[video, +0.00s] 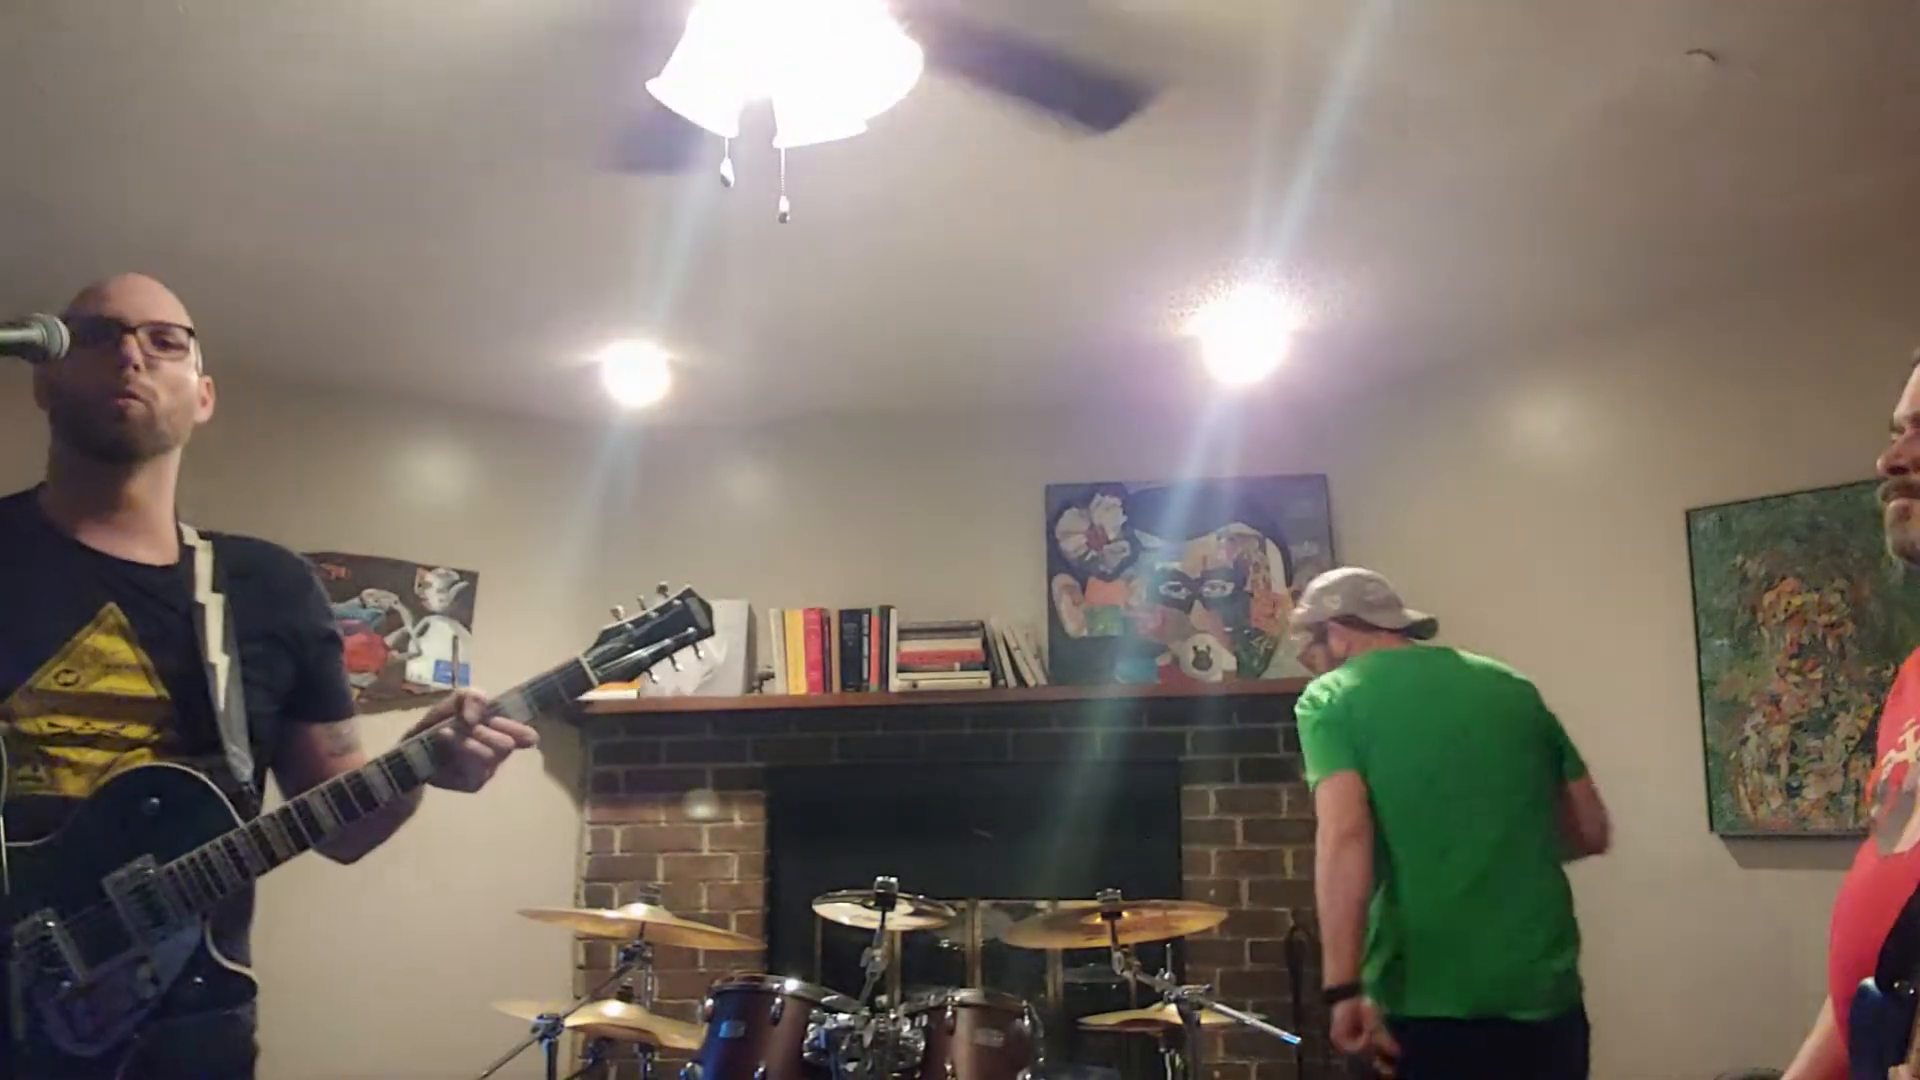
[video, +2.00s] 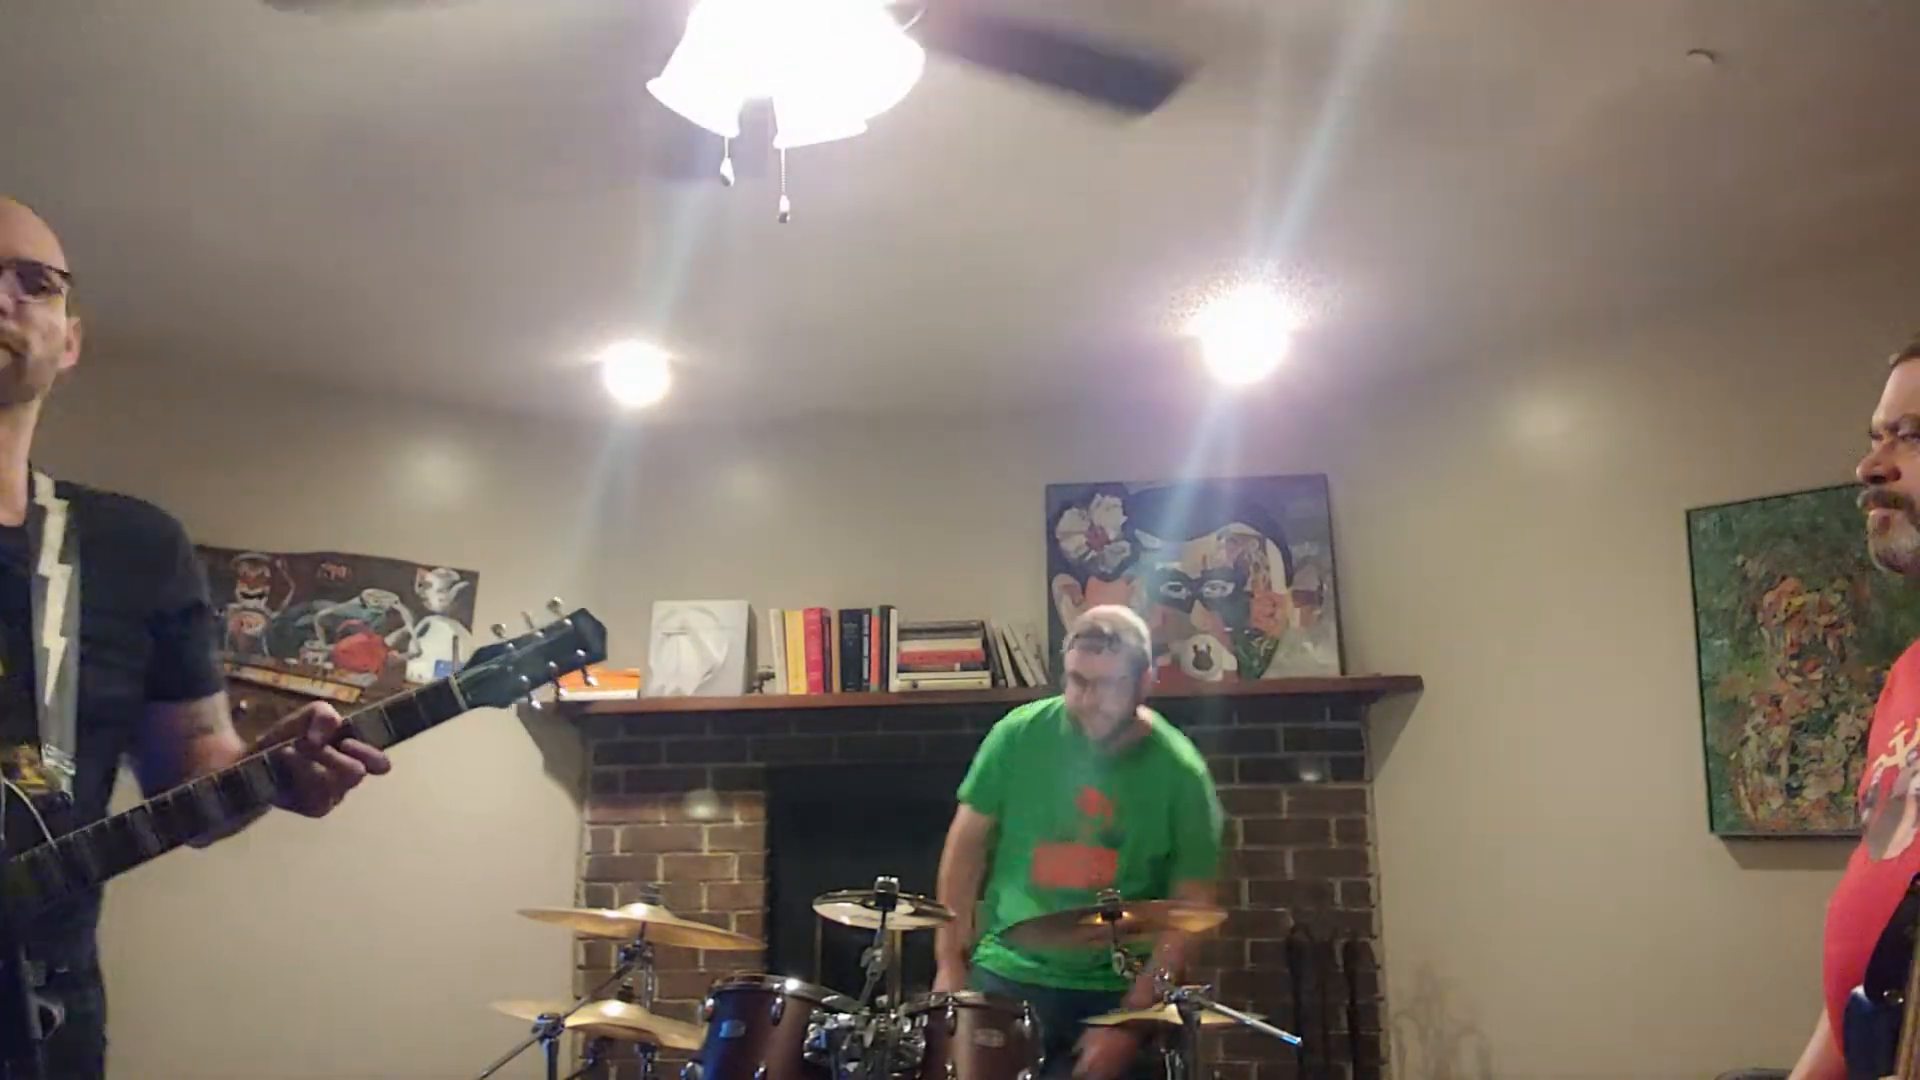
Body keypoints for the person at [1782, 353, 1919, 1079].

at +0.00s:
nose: (1891, 459)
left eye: (1917, 430)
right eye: (1895, 431)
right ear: (1891, 446)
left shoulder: (1908, 677)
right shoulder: (1909, 677)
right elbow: (1882, 907)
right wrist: (1808, 1065)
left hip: (1899, 1053)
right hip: (1861, 1047)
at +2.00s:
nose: (1869, 465)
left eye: (1905, 435)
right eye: (1875, 438)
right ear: (1874, 450)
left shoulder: (1908, 674)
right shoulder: (1905, 677)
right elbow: (1877, 910)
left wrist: (1820, 1061)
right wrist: (1814, 1065)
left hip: (1902, 1051)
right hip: (1863, 1047)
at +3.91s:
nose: (1826, 535)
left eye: (1841, 496)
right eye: (1827, 505)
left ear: (1912, 476)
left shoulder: (1905, 685)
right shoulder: (1900, 687)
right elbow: (1881, 898)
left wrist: (1894, 1035)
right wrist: (1818, 1059)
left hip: (1897, 1052)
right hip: (1865, 1049)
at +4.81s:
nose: (1822, 536)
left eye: (1842, 496)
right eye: (1824, 504)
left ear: (1917, 479)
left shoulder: (1912, 681)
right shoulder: (1909, 683)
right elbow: (1897, 902)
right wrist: (1828, 1060)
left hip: (1905, 1045)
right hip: (1880, 1046)